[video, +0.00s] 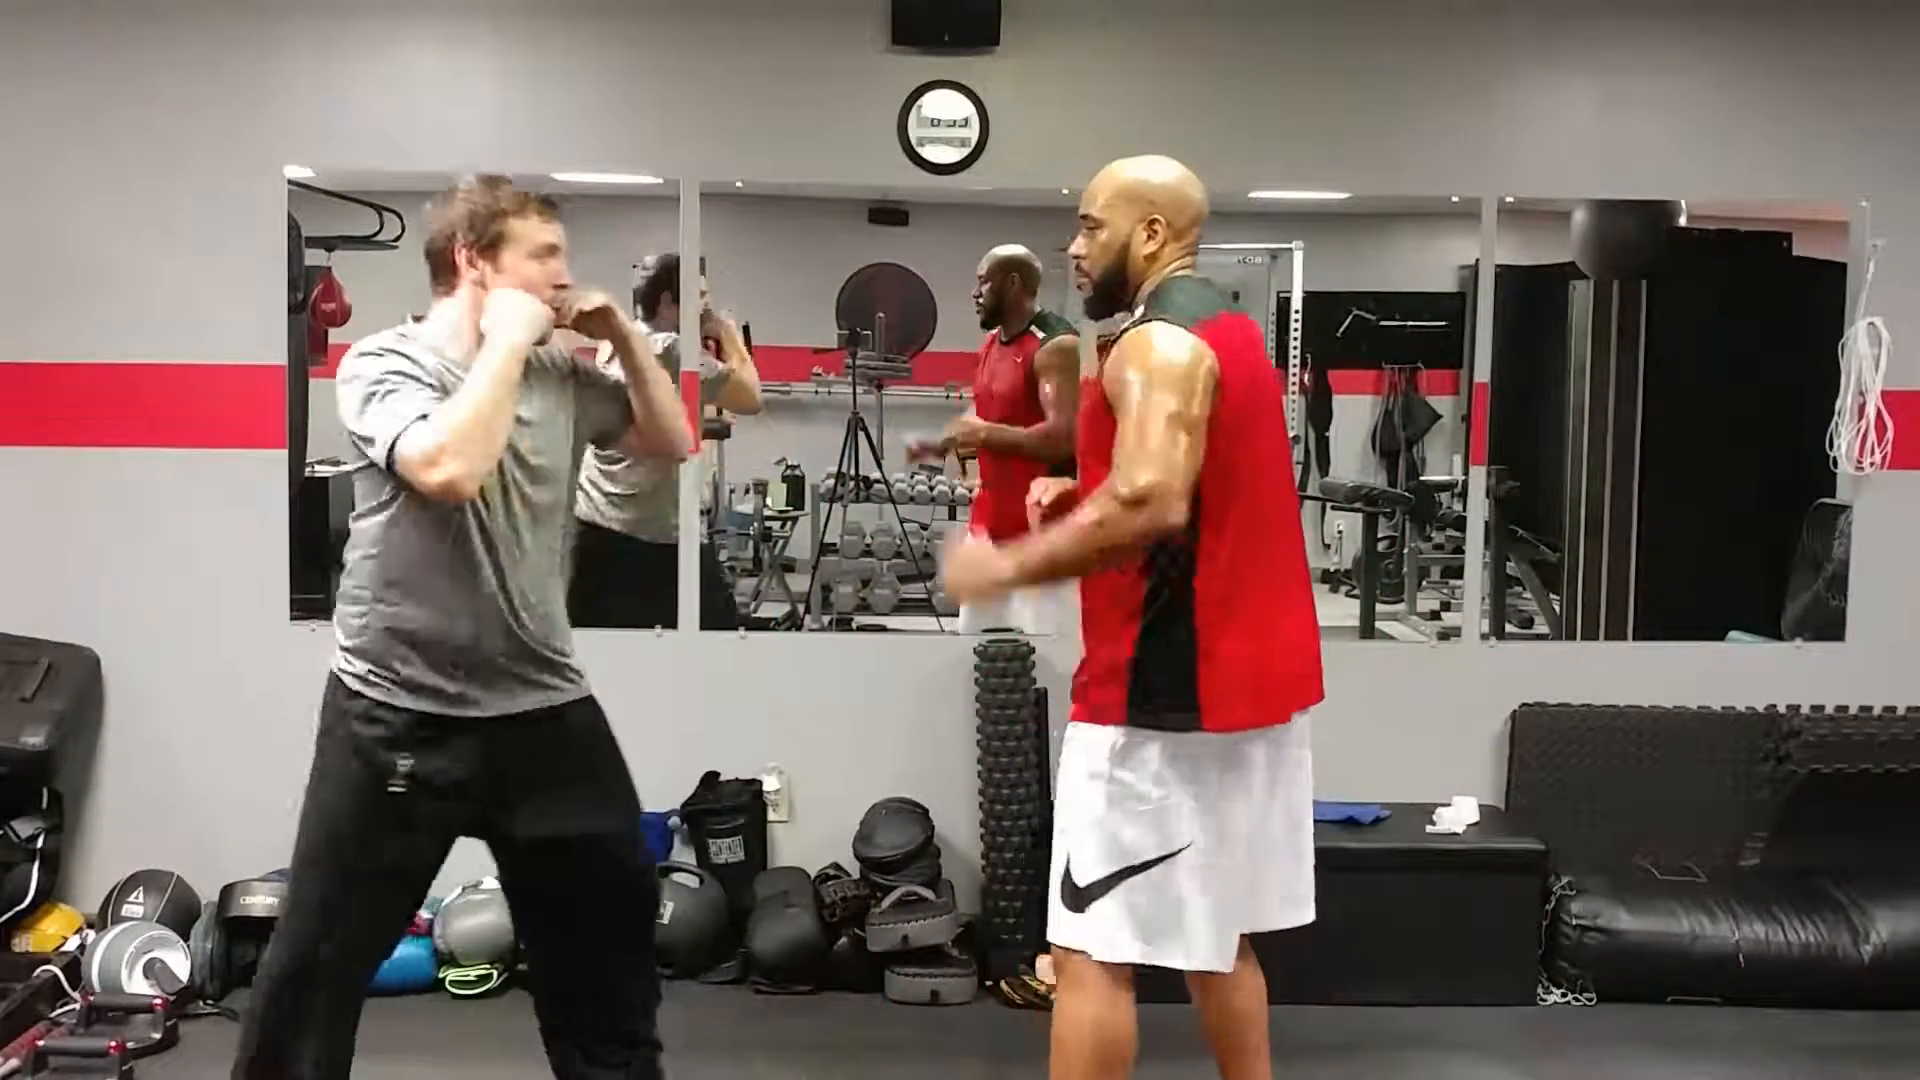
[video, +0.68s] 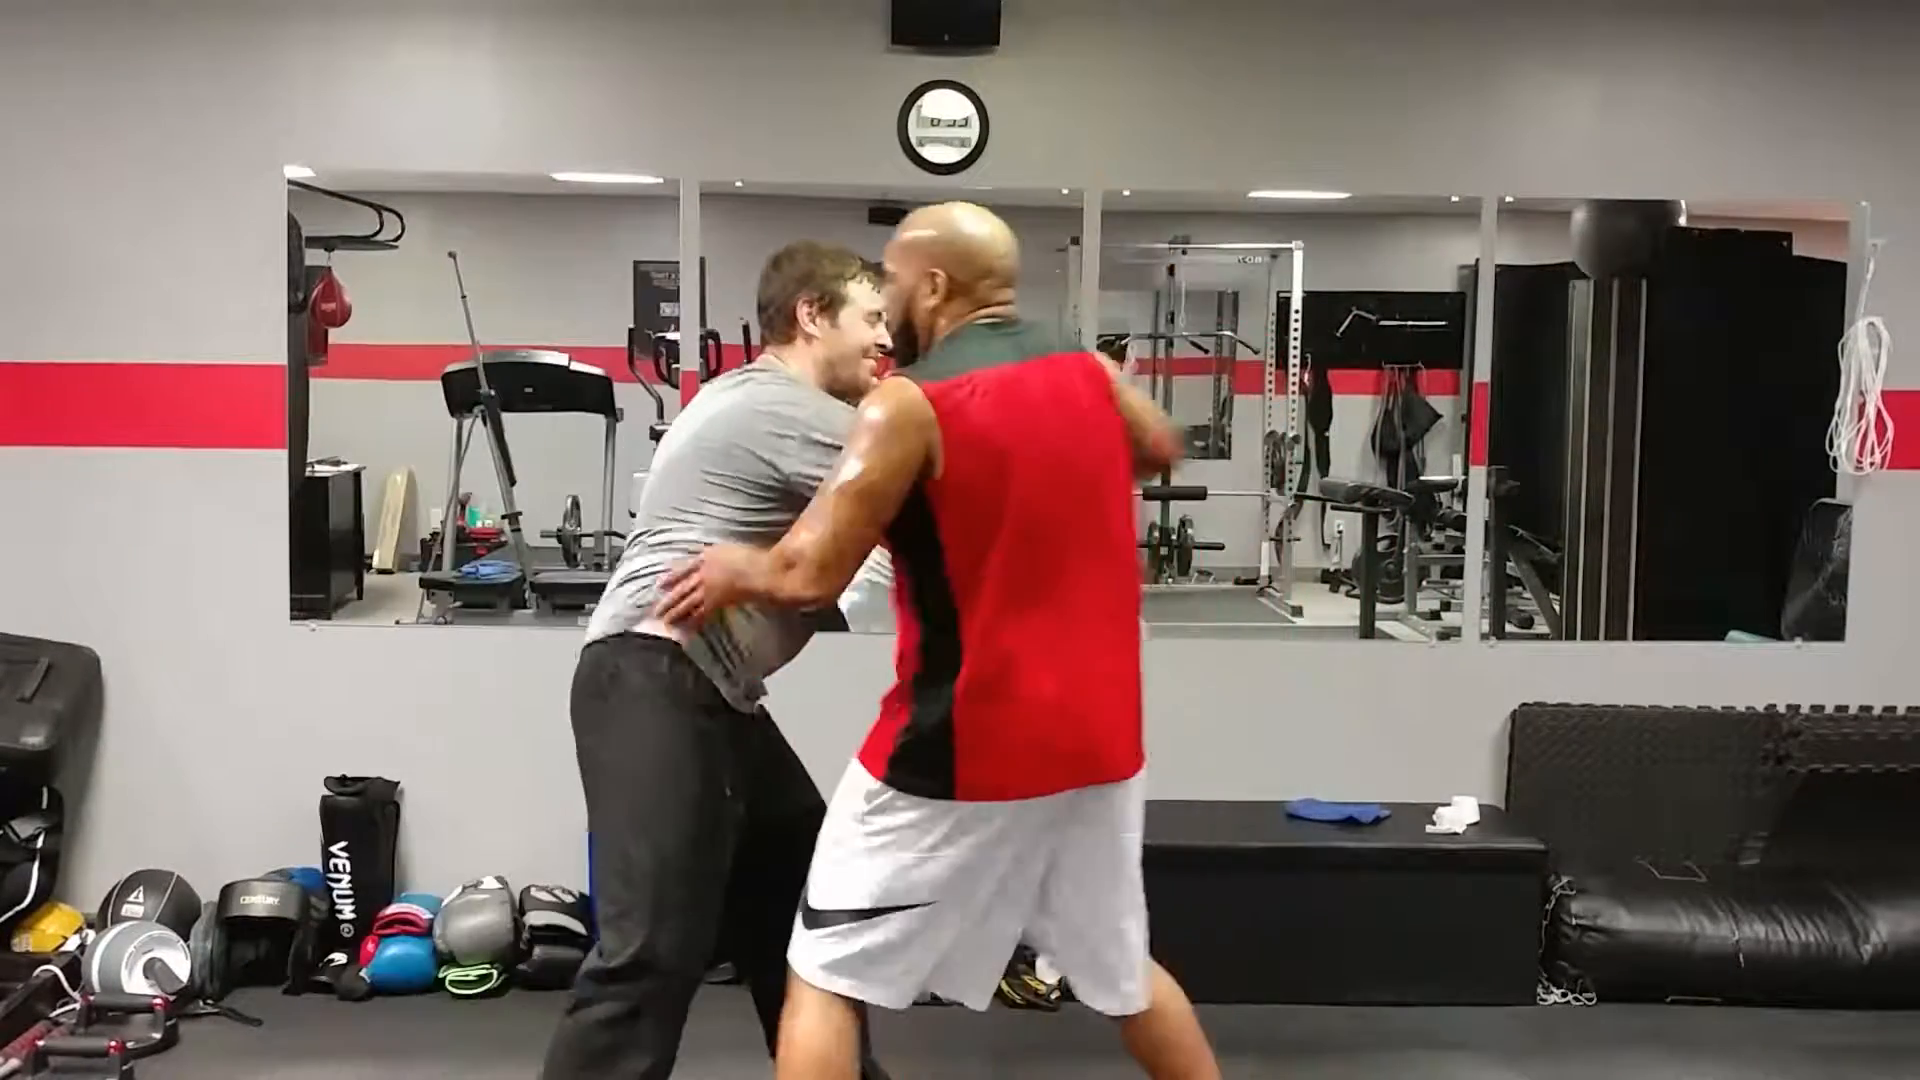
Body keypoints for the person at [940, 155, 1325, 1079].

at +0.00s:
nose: (1075, 246)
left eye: (1091, 227)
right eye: (1078, 226)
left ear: (1151, 236)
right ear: (1165, 239)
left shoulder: (1159, 347)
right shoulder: (1230, 340)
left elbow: (1149, 500)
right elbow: (1199, 495)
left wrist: (1008, 563)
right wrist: (1088, 497)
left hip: (1150, 697)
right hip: (1248, 690)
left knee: (1088, 953)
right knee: (1218, 936)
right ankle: (1249, 1075)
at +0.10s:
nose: (1085, 242)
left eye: (1101, 223)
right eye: (1088, 223)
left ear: (1160, 231)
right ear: (1177, 235)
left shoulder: (1153, 332)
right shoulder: (1231, 315)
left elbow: (1059, 451)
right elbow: (1100, 442)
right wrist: (999, 409)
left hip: (1154, 683)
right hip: (1259, 678)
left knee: (1075, 941)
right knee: (1220, 931)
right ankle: (1252, 1077)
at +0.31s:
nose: (1073, 239)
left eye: (1083, 225)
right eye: (1077, 223)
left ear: (1132, 238)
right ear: (1173, 241)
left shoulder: (1078, 343)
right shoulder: (1244, 317)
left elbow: (1011, 501)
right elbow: (1167, 438)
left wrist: (1013, 410)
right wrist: (1030, 375)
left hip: (1101, 678)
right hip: (1231, 676)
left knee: (956, 893)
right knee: (1195, 917)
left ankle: (989, 1077)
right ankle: (1249, 1079)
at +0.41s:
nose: (1030, 268)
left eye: (1038, 253)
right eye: (1034, 251)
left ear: (1066, 262)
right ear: (1143, 257)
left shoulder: (1026, 371)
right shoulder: (1236, 350)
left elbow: (952, 527)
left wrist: (993, 561)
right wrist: (1175, 502)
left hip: (1061, 700)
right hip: (1204, 698)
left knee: (934, 923)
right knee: (1201, 934)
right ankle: (1244, 1078)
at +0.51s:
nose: (988, 296)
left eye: (993, 282)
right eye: (990, 283)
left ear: (1021, 288)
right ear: (1102, 284)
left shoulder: (977, 395)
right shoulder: (1202, 373)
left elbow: (884, 545)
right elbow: (1316, 481)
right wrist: (1211, 541)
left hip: (1024, 726)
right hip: (1176, 719)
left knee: (907, 955)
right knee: (1190, 944)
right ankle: (1236, 1075)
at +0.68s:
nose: (884, 303)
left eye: (893, 282)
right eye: (886, 282)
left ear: (937, 286)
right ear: (995, 289)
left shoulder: (911, 400)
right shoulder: (1087, 371)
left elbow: (807, 576)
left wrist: (737, 568)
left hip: (956, 739)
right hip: (1099, 732)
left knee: (824, 979)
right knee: (1123, 967)